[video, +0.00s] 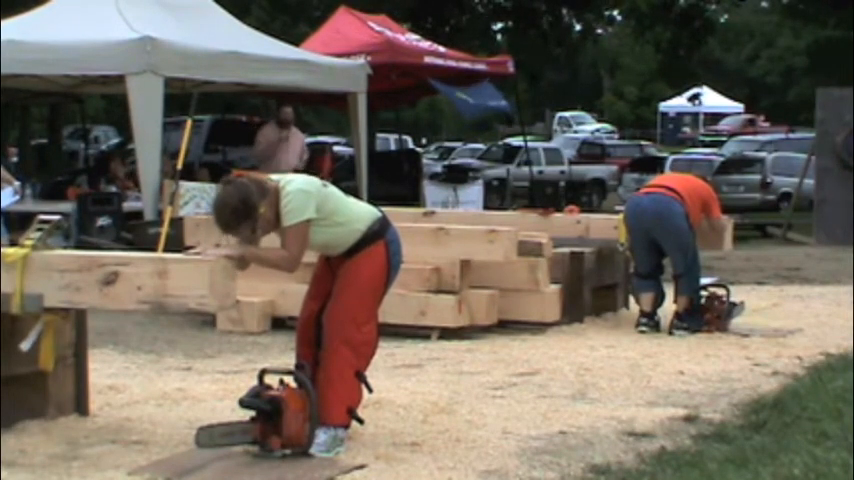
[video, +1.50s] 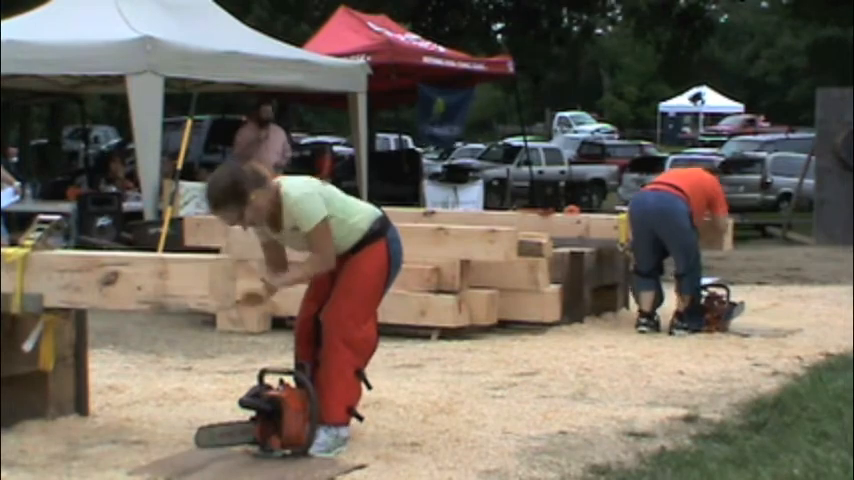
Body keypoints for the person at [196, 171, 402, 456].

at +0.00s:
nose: (257, 233)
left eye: (256, 228)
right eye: (249, 232)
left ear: (262, 206)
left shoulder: (297, 194)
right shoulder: (263, 194)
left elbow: (290, 261)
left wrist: (242, 253)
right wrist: (230, 252)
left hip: (372, 246)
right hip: (337, 252)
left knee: (340, 325)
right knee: (310, 321)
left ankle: (334, 426)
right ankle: (309, 412)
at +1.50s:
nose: (244, 227)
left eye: (242, 219)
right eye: (238, 224)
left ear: (256, 198)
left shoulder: (302, 198)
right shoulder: (263, 214)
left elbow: (325, 262)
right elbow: (277, 267)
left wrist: (281, 281)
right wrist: (264, 293)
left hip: (374, 245)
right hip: (337, 254)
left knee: (338, 322)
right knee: (309, 322)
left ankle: (336, 426)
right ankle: (310, 414)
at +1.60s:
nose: (241, 232)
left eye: (239, 222)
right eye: (234, 227)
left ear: (254, 199)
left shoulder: (300, 211)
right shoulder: (262, 226)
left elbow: (316, 277)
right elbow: (283, 284)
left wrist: (285, 329)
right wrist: (298, 333)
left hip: (377, 246)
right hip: (338, 257)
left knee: (339, 321)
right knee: (307, 319)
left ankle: (340, 424)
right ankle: (313, 414)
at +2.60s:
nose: (237, 253)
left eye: (234, 244)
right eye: (230, 248)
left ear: (251, 224)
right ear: (253, 221)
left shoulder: (287, 226)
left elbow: (305, 299)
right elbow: (307, 293)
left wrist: (301, 361)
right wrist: (302, 356)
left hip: (382, 255)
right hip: (364, 257)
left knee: (334, 335)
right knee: (329, 331)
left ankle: (338, 429)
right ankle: (350, 412)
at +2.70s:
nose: (239, 239)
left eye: (234, 232)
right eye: (231, 236)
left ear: (248, 211)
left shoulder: (279, 228)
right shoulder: (282, 176)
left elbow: (296, 297)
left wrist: (298, 362)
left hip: (372, 245)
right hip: (387, 224)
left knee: (326, 330)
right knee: (356, 324)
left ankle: (335, 427)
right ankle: (352, 403)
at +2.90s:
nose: (228, 236)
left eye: (225, 227)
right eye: (223, 230)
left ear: (241, 210)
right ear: (244, 205)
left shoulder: (278, 217)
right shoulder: (281, 197)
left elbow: (295, 292)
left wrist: (283, 358)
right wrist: (284, 287)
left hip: (379, 242)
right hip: (386, 232)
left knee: (333, 330)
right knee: (353, 322)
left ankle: (337, 428)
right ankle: (365, 402)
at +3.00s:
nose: (234, 254)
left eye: (231, 245)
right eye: (227, 249)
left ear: (246, 226)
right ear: (246, 226)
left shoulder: (281, 232)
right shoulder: (273, 246)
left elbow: (306, 300)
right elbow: (286, 307)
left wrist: (281, 360)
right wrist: (280, 360)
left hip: (389, 251)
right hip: (379, 254)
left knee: (333, 331)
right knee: (334, 329)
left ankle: (337, 429)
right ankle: (350, 414)